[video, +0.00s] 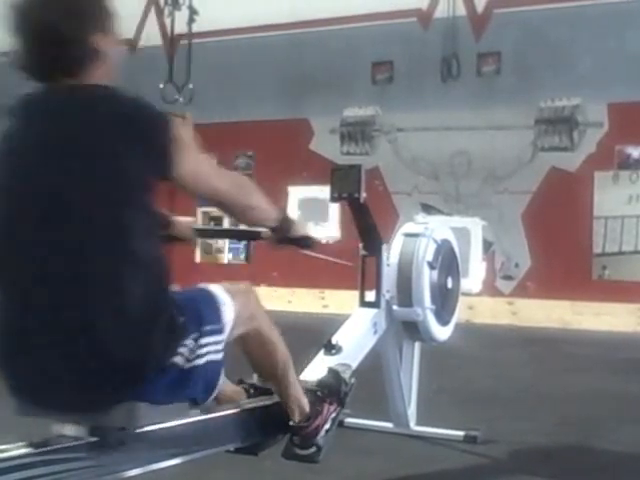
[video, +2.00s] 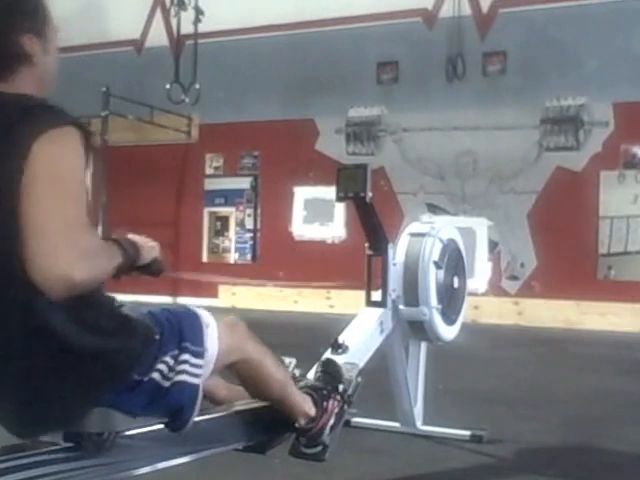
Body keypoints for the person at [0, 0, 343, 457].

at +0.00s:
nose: (120, 44)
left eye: (114, 33)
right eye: (113, 33)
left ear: (36, 50)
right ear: (97, 44)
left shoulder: (18, 122)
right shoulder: (129, 118)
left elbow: (70, 211)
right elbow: (234, 194)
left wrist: (164, 226)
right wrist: (282, 225)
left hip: (32, 370)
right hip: (119, 361)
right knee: (245, 303)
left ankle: (246, 407)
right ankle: (302, 413)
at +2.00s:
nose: (56, 58)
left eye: (54, 45)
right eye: (52, 45)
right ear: (29, 45)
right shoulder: (45, 129)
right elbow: (61, 267)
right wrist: (128, 249)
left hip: (8, 356)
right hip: (54, 358)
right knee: (234, 335)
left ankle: (251, 407)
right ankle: (307, 412)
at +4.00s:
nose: (215, 92)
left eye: (211, 79)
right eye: (210, 80)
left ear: (140, 91)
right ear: (194, 89)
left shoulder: (108, 158)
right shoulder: (227, 160)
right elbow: (319, 255)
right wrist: (332, 241)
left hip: (114, 371)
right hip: (192, 374)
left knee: (223, 269)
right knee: (300, 263)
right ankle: (319, 422)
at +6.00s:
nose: (300, 121)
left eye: (297, 111)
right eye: (297, 112)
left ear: (230, 123)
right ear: (286, 122)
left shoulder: (203, 175)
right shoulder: (300, 176)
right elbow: (383, 231)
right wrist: (411, 255)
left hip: (197, 377)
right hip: (275, 381)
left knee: (306, 235)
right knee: (349, 260)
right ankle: (347, 423)